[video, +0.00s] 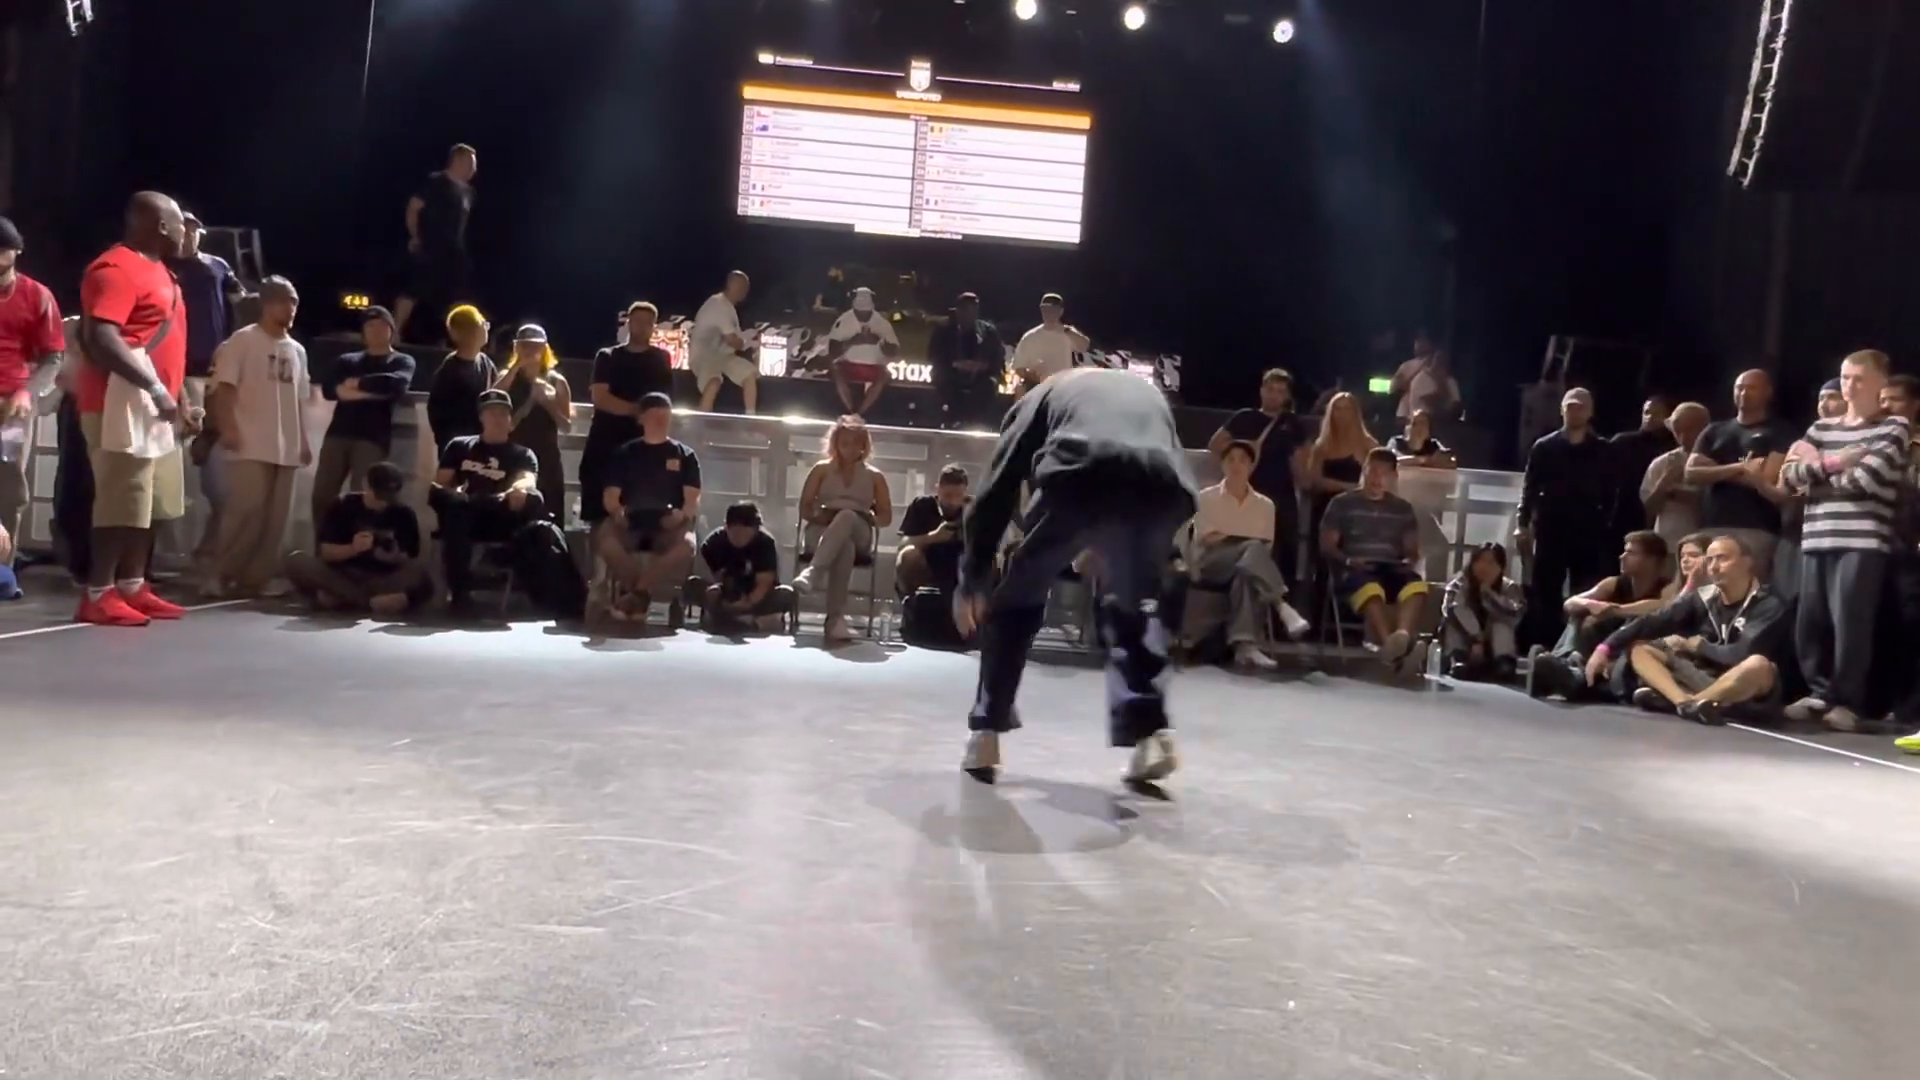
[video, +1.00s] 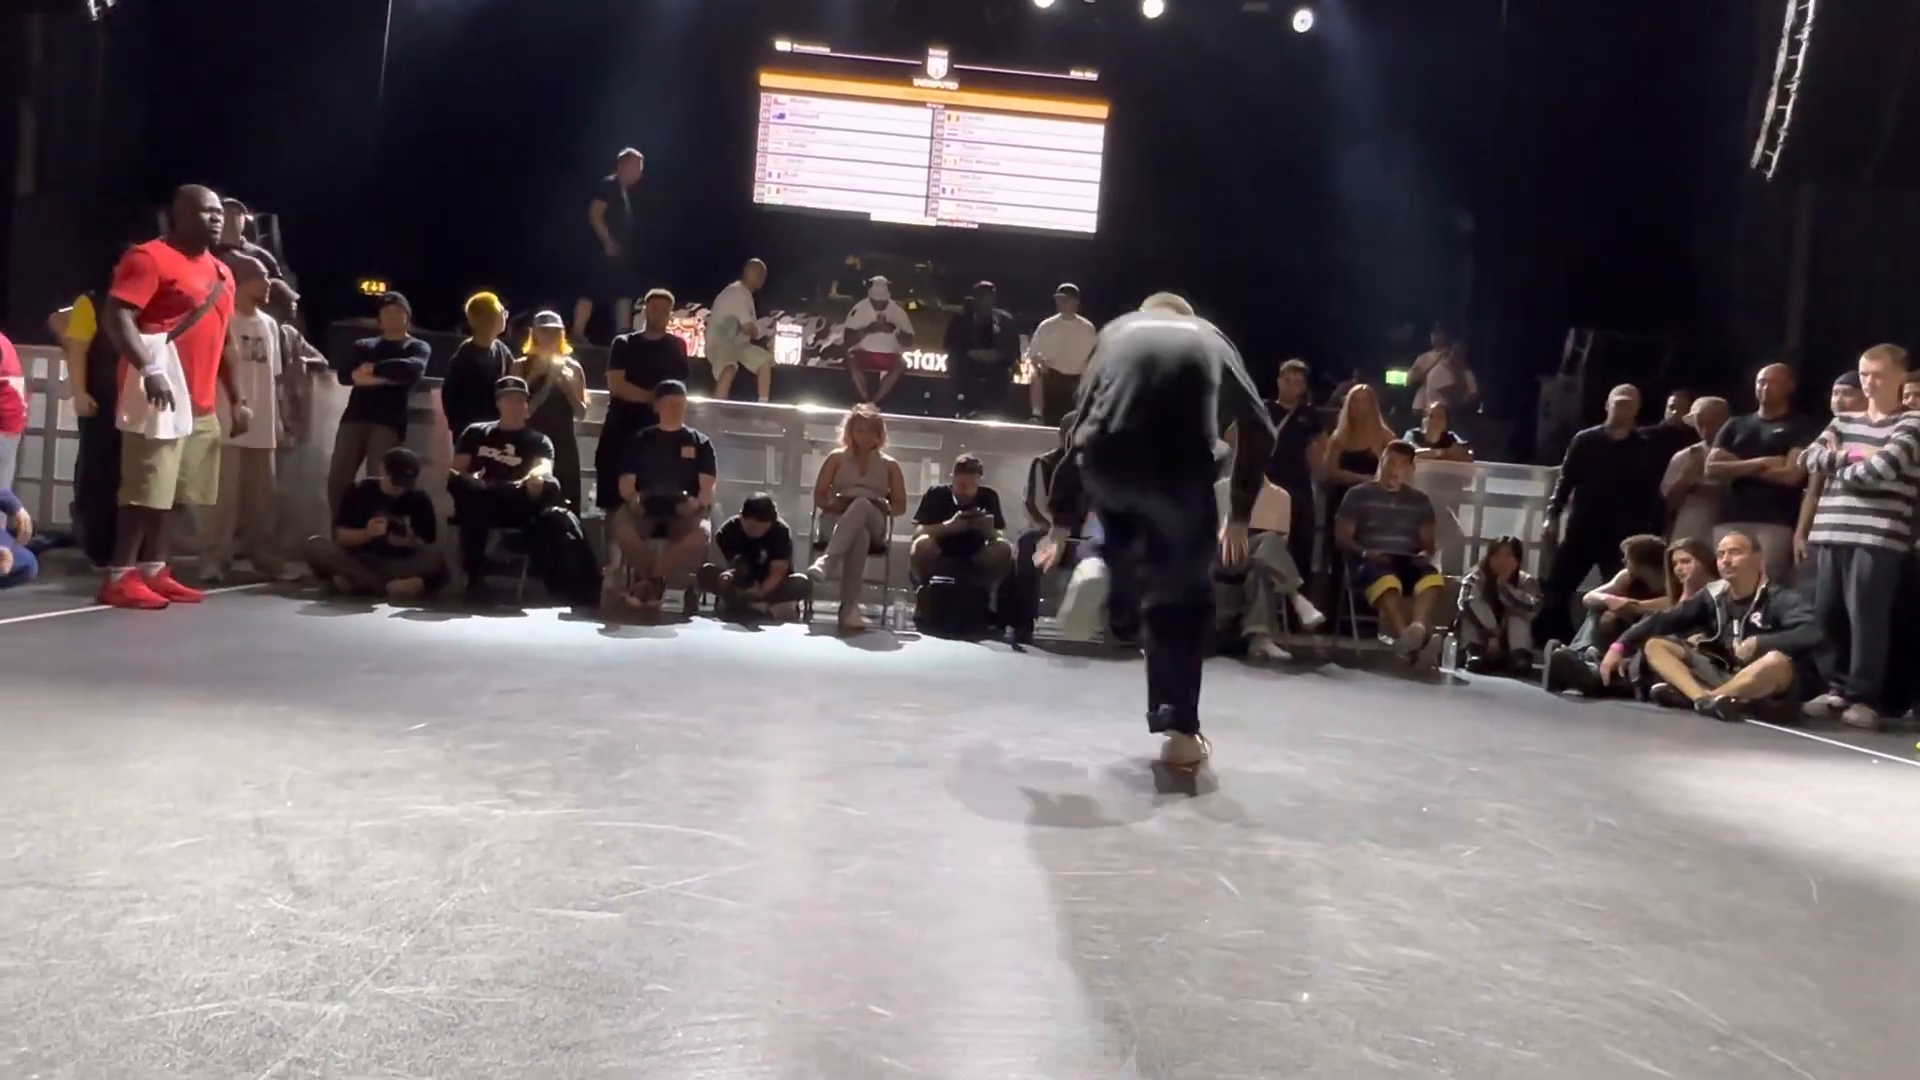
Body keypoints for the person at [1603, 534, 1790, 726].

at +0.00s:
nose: (1713, 566)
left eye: (1722, 558)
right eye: (1710, 560)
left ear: (1747, 562)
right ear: (1706, 565)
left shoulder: (1770, 606)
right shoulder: (1702, 598)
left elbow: (1740, 654)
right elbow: (1655, 623)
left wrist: (1697, 645)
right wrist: (1606, 648)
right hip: (1705, 679)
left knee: (1759, 666)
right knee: (1640, 652)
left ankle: (1690, 703)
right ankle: (1682, 700)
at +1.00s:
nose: (1725, 560)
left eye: (1734, 553)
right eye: (1721, 555)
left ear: (1757, 558)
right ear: (1717, 562)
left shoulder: (1781, 598)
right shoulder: (1712, 596)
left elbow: (1812, 633)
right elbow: (1666, 620)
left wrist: (1757, 642)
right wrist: (1620, 646)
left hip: (1770, 689)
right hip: (1724, 678)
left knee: (1775, 661)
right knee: (1654, 647)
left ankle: (1704, 700)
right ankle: (1704, 699)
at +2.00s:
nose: (1761, 557)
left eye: (1766, 549)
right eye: (1751, 551)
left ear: (1773, 555)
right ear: (1736, 561)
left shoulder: (1794, 594)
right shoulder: (1724, 592)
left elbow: (1795, 631)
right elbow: (1677, 615)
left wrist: (1767, 654)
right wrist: (1635, 640)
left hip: (1775, 671)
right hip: (1731, 669)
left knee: (1792, 663)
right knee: (1666, 642)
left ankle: (1717, 695)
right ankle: (1712, 696)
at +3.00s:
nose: (1760, 555)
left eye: (1765, 548)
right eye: (1750, 550)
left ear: (1772, 553)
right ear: (1734, 559)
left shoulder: (1793, 590)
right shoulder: (1724, 589)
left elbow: (1769, 629)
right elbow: (1673, 617)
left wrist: (1717, 659)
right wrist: (1698, 636)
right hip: (1726, 672)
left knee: (1789, 658)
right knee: (1659, 636)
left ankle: (1706, 694)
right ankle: (1713, 694)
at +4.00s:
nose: (1760, 561)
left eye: (1768, 555)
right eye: (1752, 555)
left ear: (1778, 563)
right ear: (1739, 564)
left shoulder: (1791, 598)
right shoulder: (1725, 593)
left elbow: (1803, 641)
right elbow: (1674, 618)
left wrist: (1765, 672)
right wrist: (1630, 645)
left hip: (1769, 678)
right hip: (1727, 672)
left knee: (1792, 673)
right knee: (1664, 647)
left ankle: (1718, 699)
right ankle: (1712, 698)